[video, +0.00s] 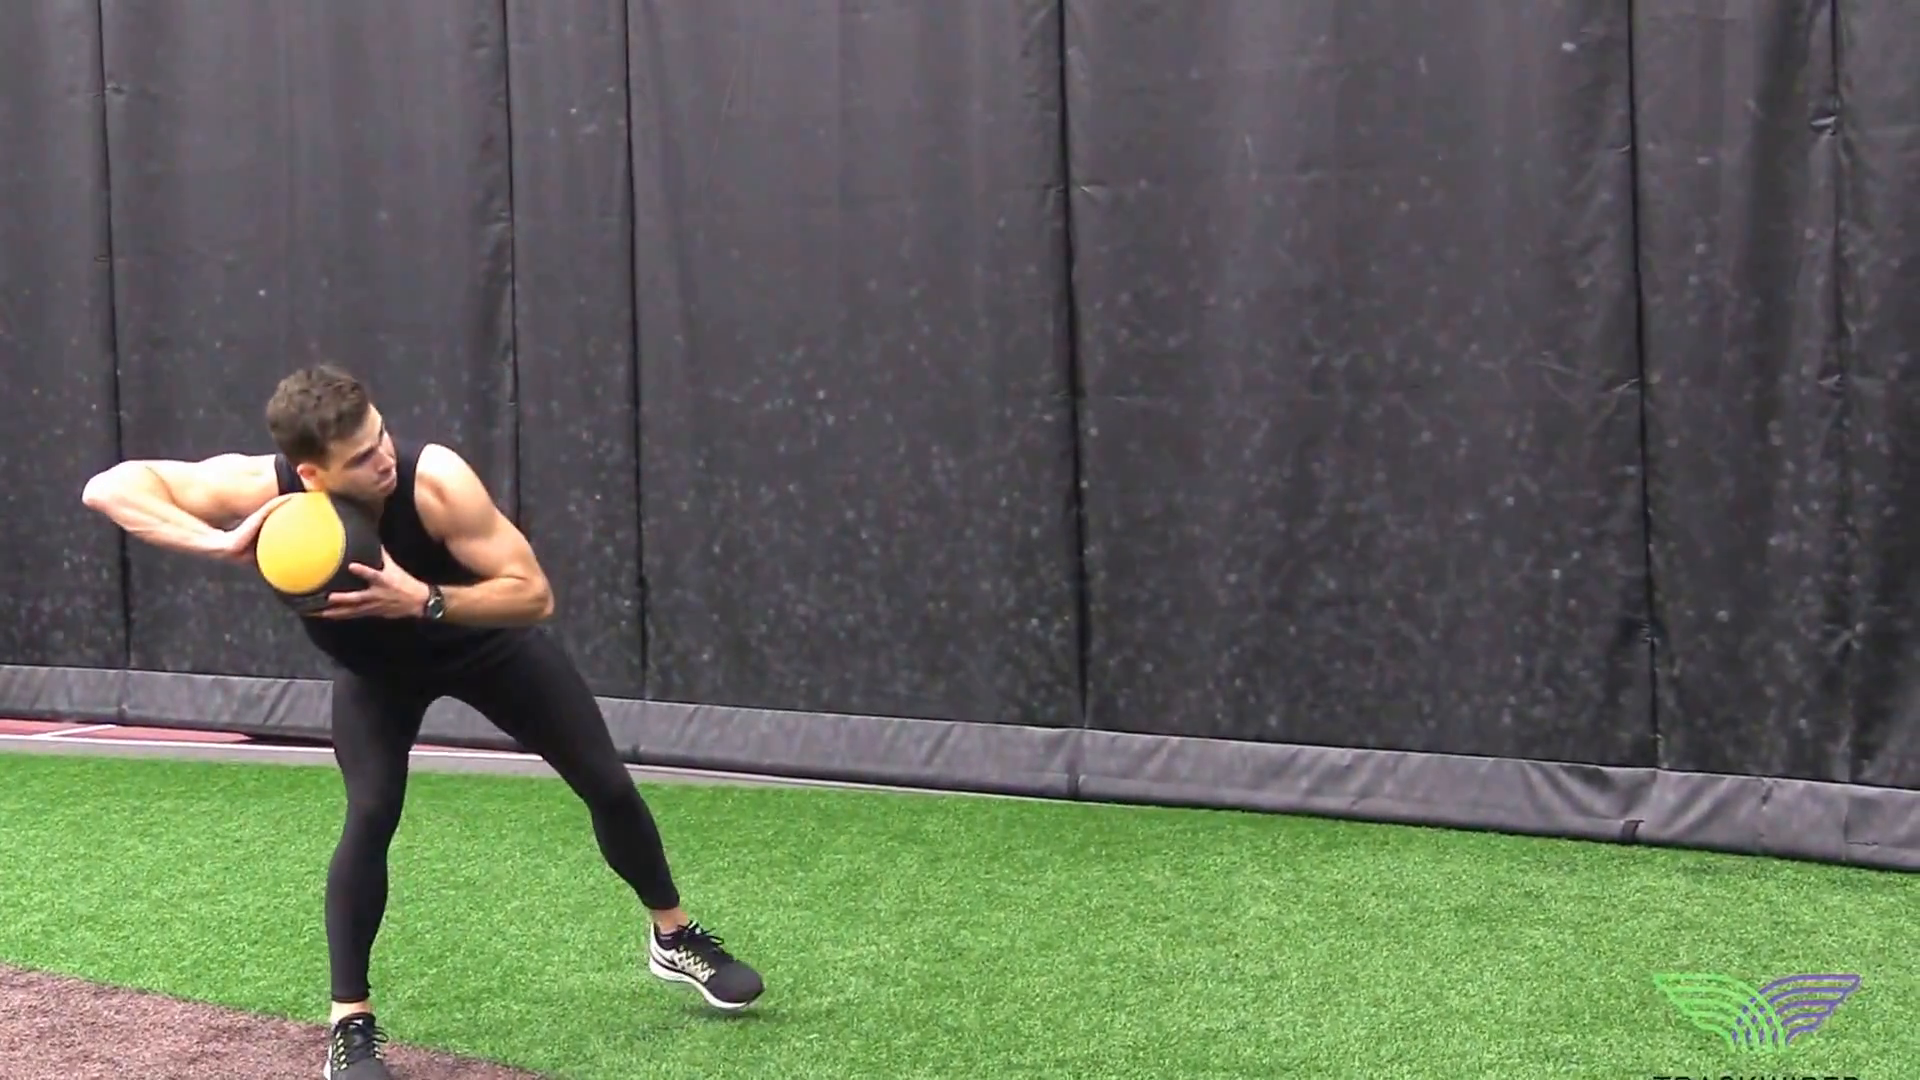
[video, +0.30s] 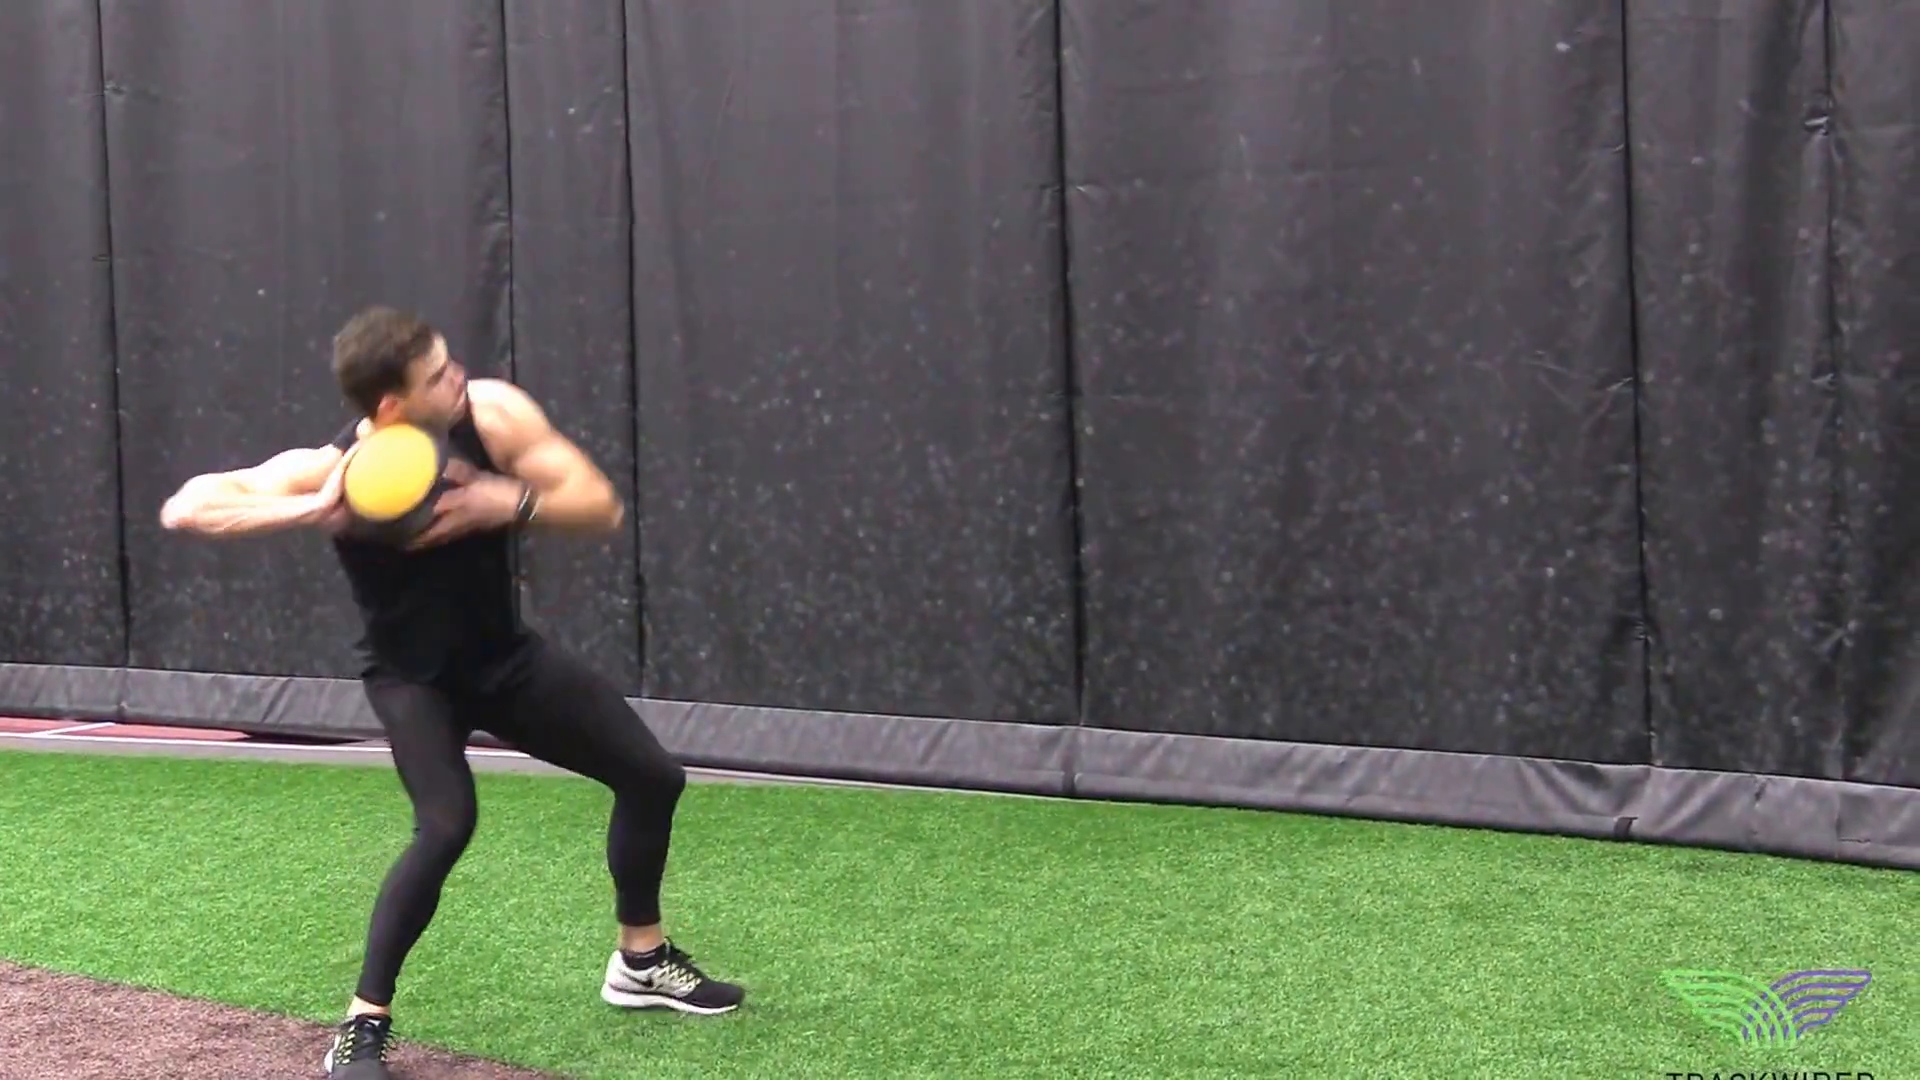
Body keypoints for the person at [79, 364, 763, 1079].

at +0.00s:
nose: (385, 457)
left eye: (382, 438)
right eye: (362, 457)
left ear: (385, 421)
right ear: (309, 471)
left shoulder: (439, 480)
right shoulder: (264, 489)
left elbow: (534, 596)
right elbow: (109, 487)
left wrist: (424, 599)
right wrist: (212, 542)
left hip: (493, 644)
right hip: (376, 667)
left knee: (609, 784)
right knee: (371, 811)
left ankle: (677, 935)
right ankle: (351, 1020)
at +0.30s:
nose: (457, 379)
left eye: (450, 363)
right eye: (436, 377)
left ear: (451, 360)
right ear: (389, 408)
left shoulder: (495, 412)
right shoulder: (333, 470)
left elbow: (600, 505)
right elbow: (183, 510)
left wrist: (512, 501)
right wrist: (305, 510)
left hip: (507, 659)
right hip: (411, 680)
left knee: (654, 777)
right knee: (446, 822)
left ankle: (641, 957)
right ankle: (367, 1018)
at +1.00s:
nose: (603, 186)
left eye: (590, 179)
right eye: (596, 181)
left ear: (517, 225)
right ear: (586, 206)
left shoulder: (504, 329)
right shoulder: (656, 270)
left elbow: (477, 466)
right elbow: (657, 363)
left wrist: (485, 378)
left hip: (569, 563)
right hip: (658, 559)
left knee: (611, 762)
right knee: (628, 766)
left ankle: (641, 959)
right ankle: (571, 948)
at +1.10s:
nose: (615, 186)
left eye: (605, 176)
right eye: (610, 178)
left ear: (531, 219)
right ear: (598, 203)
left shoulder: (500, 322)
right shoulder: (671, 268)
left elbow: (464, 450)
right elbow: (737, 281)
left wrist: (496, 382)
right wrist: (758, 291)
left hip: (562, 567)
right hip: (650, 565)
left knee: (611, 762)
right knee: (614, 766)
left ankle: (639, 959)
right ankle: (557, 948)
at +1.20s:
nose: (626, 186)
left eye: (615, 174)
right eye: (618, 177)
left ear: (542, 214)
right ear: (602, 200)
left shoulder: (501, 316)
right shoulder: (670, 266)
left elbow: (462, 427)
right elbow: (779, 240)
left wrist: (511, 362)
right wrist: (846, 213)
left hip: (553, 568)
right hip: (636, 565)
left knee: (606, 757)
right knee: (603, 762)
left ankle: (638, 958)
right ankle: (543, 949)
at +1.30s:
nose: (629, 189)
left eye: (620, 177)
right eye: (622, 179)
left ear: (544, 212)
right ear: (606, 201)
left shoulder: (500, 313)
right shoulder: (665, 274)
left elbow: (471, 422)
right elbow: (799, 243)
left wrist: (526, 362)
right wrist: (896, 208)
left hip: (549, 565)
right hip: (631, 562)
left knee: (603, 759)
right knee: (600, 762)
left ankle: (637, 958)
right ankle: (537, 948)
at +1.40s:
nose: (629, 195)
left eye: (621, 180)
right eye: (622, 184)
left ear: (541, 213)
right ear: (604, 204)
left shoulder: (499, 312)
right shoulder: (656, 280)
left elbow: (482, 425)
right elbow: (796, 258)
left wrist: (524, 355)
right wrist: (910, 229)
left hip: (549, 565)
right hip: (630, 563)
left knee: (602, 760)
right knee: (604, 762)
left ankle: (634, 960)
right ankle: (534, 948)